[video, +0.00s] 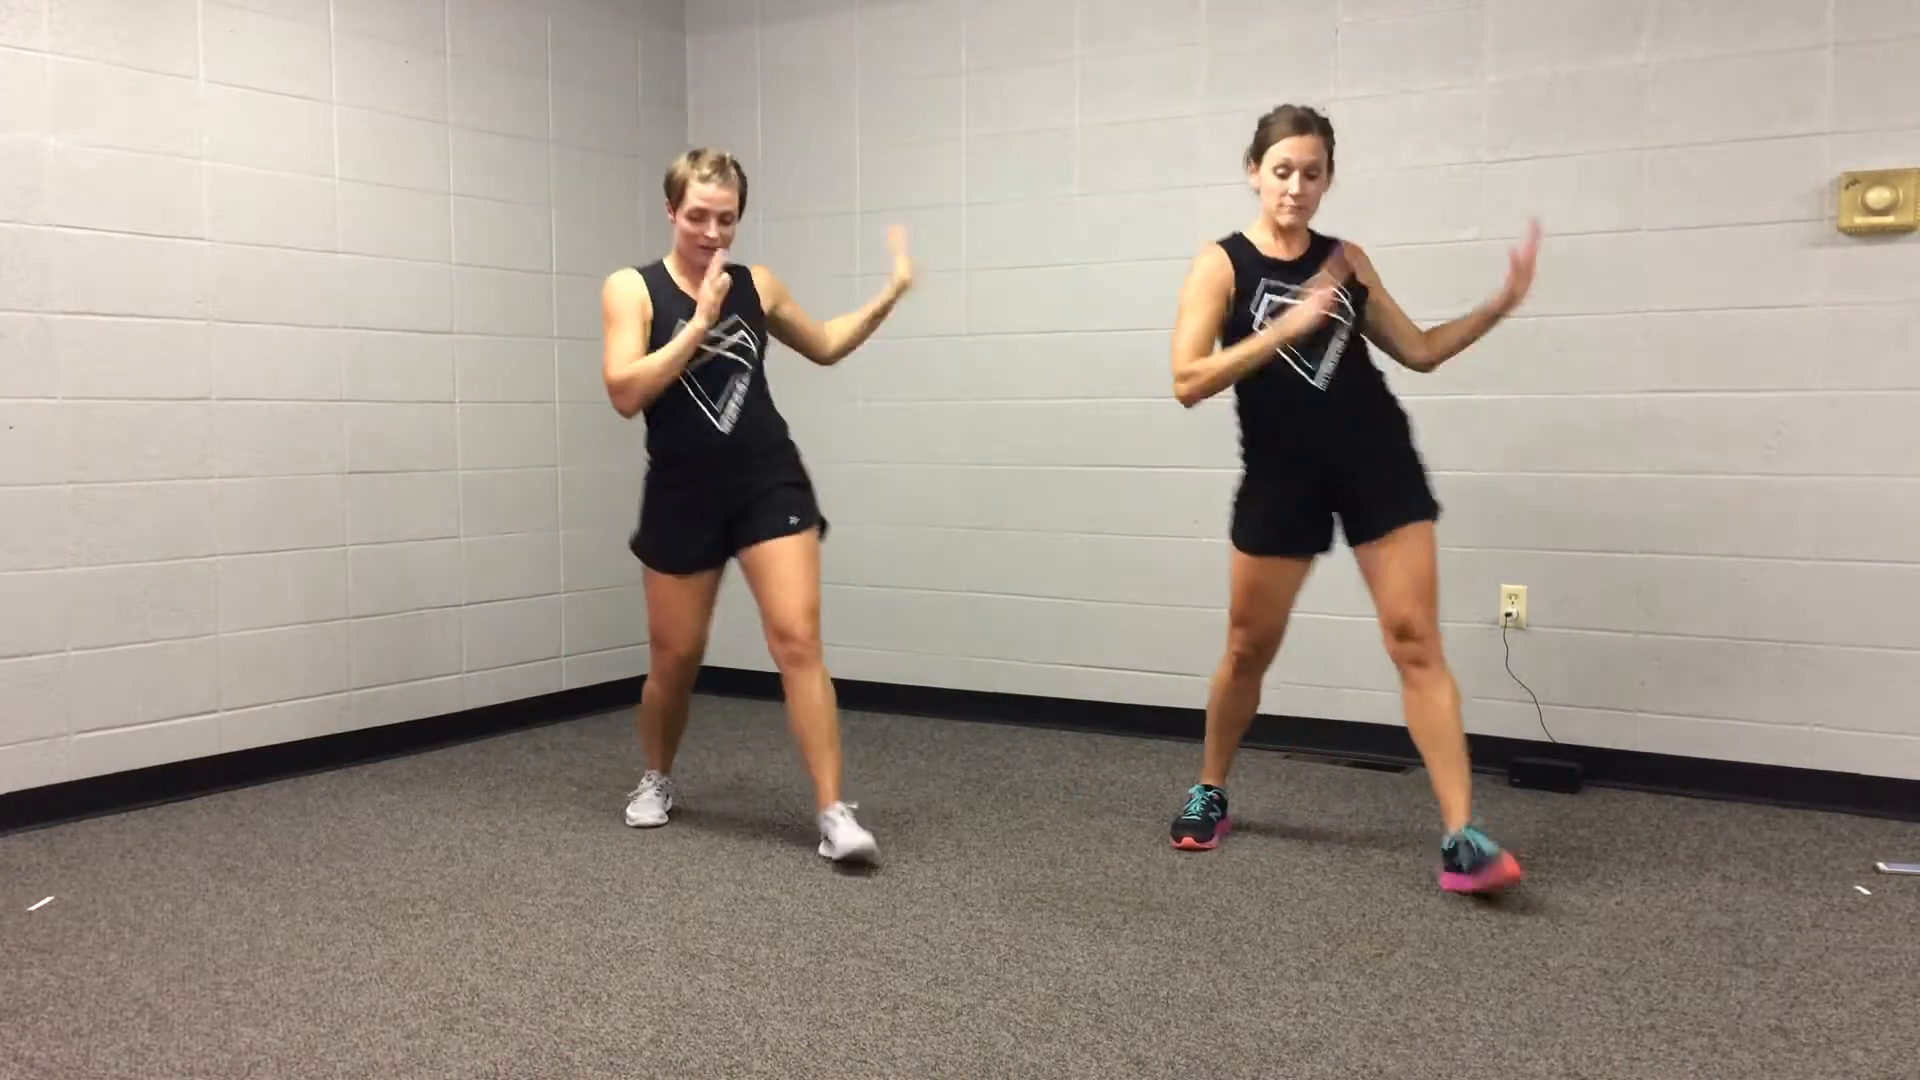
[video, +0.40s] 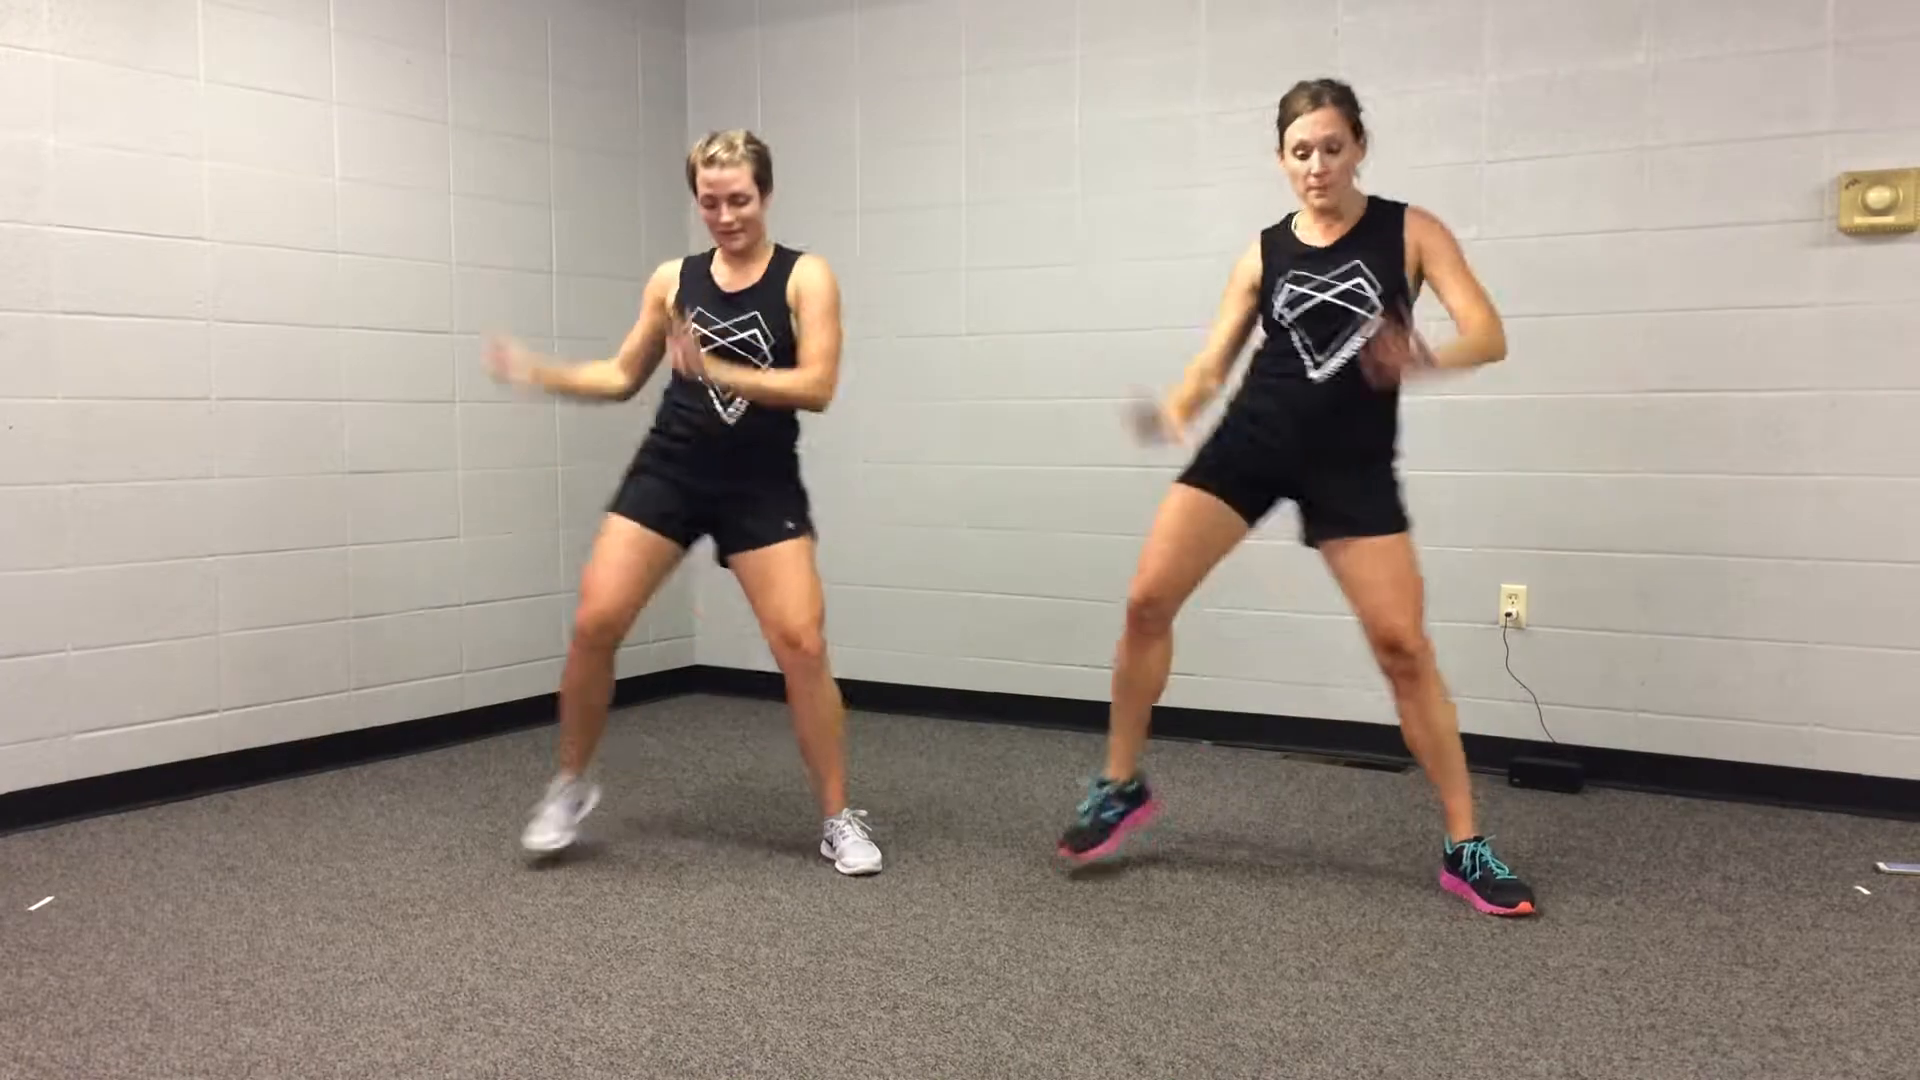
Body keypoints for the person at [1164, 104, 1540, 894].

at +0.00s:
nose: (1298, 186)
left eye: (1313, 174)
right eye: (1284, 171)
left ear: (1327, 183)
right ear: (1255, 175)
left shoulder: (1345, 263)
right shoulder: (1222, 264)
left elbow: (1419, 348)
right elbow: (1188, 382)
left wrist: (1504, 302)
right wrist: (1289, 325)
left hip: (1377, 467)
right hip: (1281, 475)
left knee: (1415, 640)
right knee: (1247, 646)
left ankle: (1461, 832)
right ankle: (1209, 790)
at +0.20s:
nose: (1309, 183)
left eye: (1324, 169)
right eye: (1294, 169)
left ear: (1346, 182)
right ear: (1271, 182)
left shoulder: (1386, 267)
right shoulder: (1250, 287)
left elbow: (1451, 366)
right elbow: (1227, 413)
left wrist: (1538, 410)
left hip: (1413, 472)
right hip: (1312, 485)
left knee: (1464, 649)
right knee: (1223, 657)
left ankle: (1473, 846)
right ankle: (1206, 776)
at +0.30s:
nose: (1317, 177)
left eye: (1332, 161)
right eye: (1301, 164)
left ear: (1358, 168)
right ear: (1281, 177)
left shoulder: (1408, 251)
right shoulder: (1266, 277)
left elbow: (1474, 353)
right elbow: (1251, 396)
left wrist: (1505, 459)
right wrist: (1237, 508)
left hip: (1393, 474)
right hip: (1286, 474)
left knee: (1441, 649)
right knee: (1169, 614)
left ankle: (1472, 845)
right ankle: (1164, 760)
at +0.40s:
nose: (1317, 165)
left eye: (1332, 148)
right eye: (1301, 152)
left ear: (1361, 151)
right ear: (1282, 161)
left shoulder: (1412, 233)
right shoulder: (1268, 250)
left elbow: (1486, 336)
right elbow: (1213, 361)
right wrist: (1177, 407)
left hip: (1350, 462)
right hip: (1248, 448)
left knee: (1403, 648)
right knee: (1147, 600)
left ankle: (1465, 842)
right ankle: (1120, 781)